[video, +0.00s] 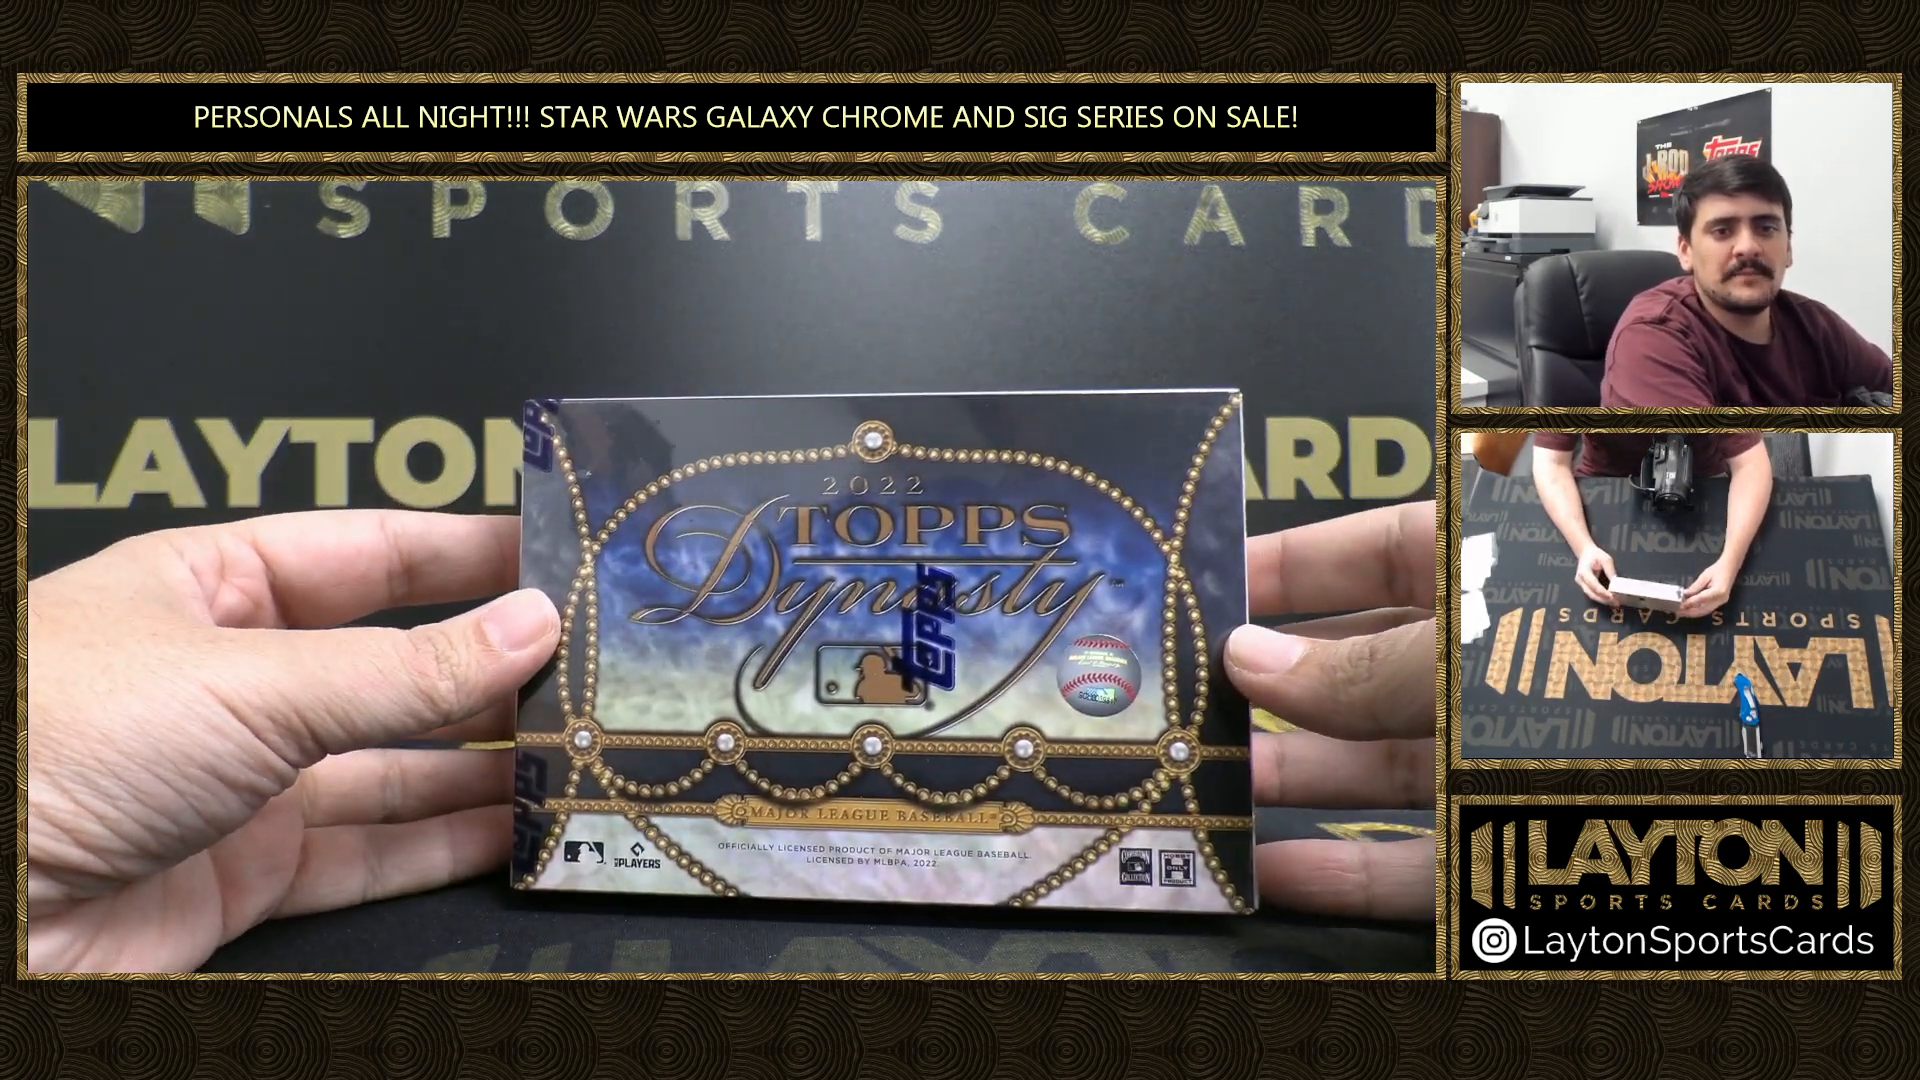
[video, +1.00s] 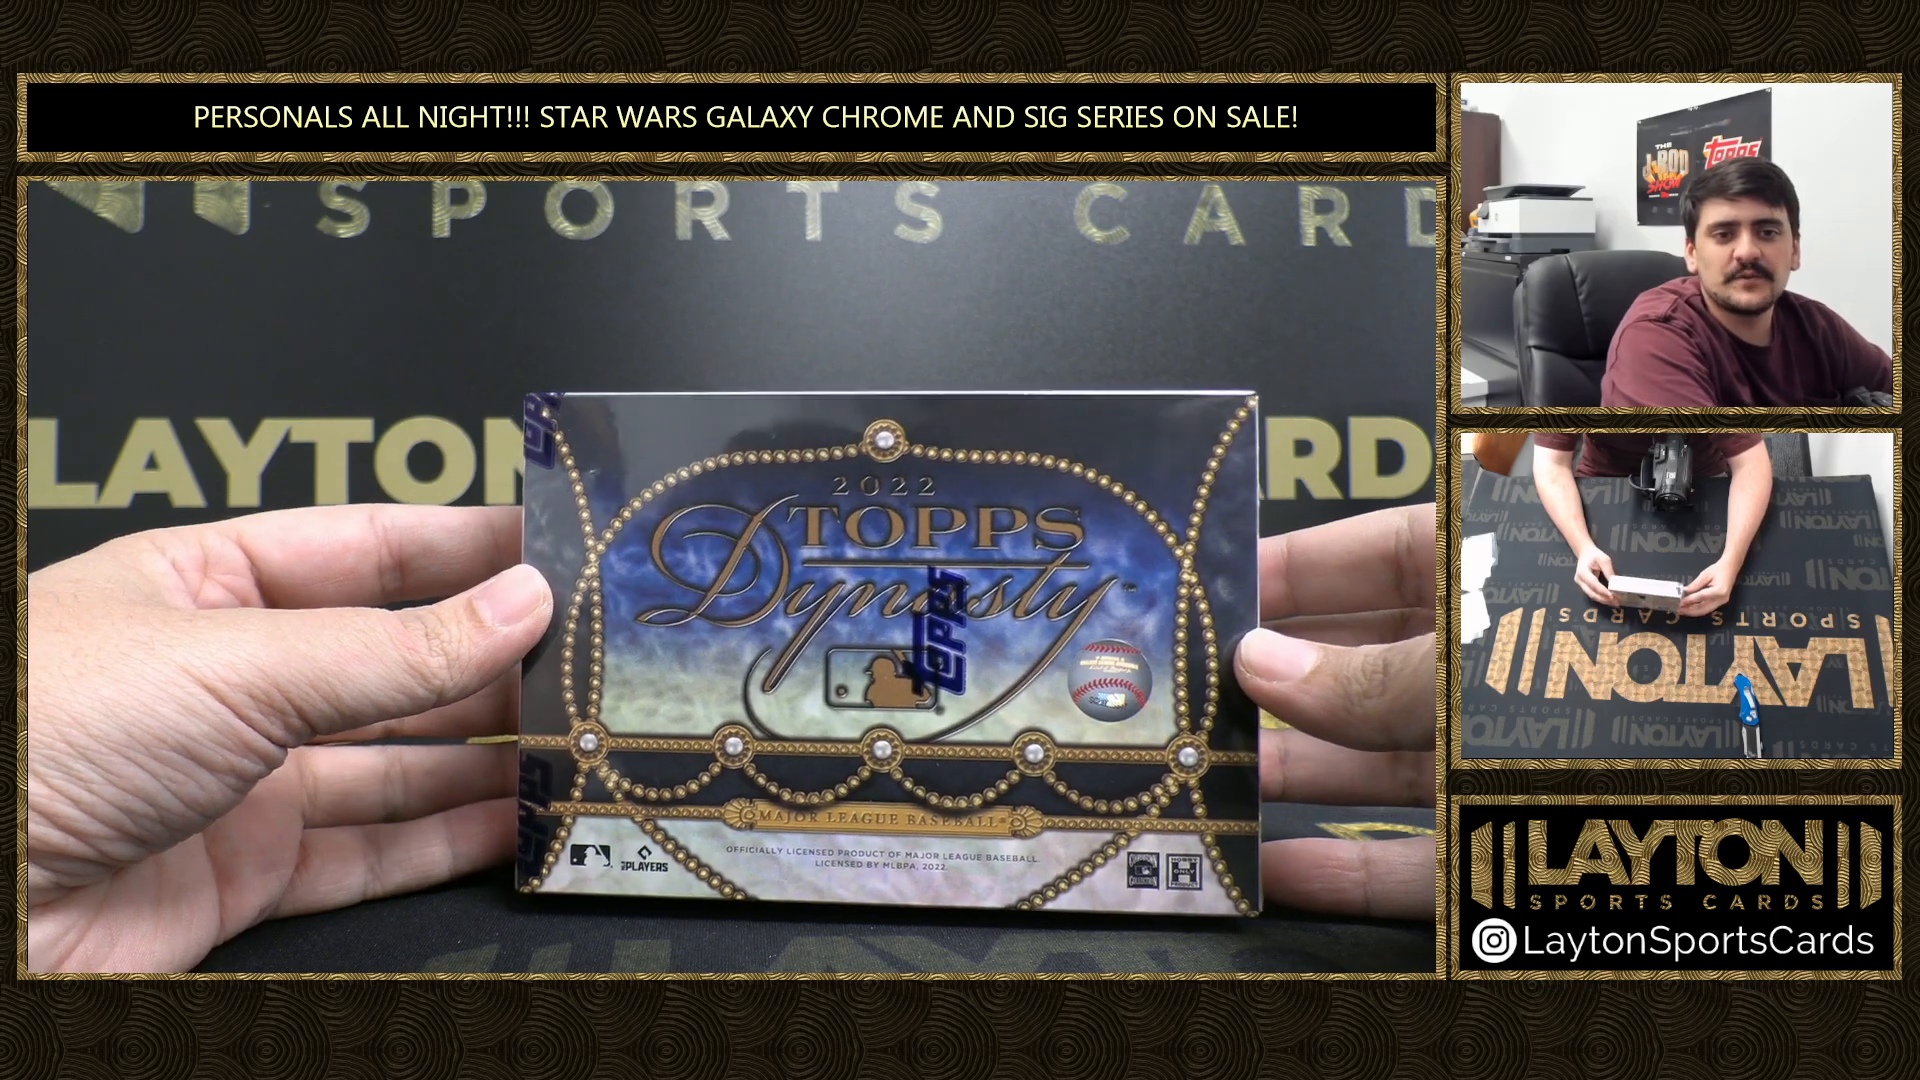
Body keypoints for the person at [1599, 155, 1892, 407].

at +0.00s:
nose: (1747, 247)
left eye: (1765, 228)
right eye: (1723, 231)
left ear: (1788, 248)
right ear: (1685, 251)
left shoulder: (1816, 328)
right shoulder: (1652, 334)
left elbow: (1896, 388)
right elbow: (1746, 461)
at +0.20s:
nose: (1749, 248)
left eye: (1767, 229)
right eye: (1724, 231)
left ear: (1790, 248)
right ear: (1687, 252)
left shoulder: (1817, 328)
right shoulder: (1654, 333)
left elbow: (1896, 386)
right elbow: (1747, 461)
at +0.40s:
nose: (1751, 246)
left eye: (1770, 228)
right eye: (1727, 230)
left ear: (1794, 248)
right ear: (1690, 251)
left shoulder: (1817, 328)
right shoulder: (1656, 333)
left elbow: (1896, 385)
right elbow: (1747, 462)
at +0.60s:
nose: (1753, 249)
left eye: (1772, 230)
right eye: (1729, 232)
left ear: (1798, 251)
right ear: (1693, 252)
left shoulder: (1818, 328)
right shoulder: (1657, 333)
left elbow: (1896, 385)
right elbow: (1747, 462)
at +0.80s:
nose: (1751, 251)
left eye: (1771, 232)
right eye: (1728, 234)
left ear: (1798, 251)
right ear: (1693, 253)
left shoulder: (1819, 329)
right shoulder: (1657, 333)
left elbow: (1898, 387)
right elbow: (1748, 460)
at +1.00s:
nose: (1747, 252)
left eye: (1767, 233)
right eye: (1724, 235)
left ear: (1795, 251)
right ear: (1691, 254)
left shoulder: (1817, 329)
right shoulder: (1655, 333)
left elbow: (1897, 388)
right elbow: (1747, 460)